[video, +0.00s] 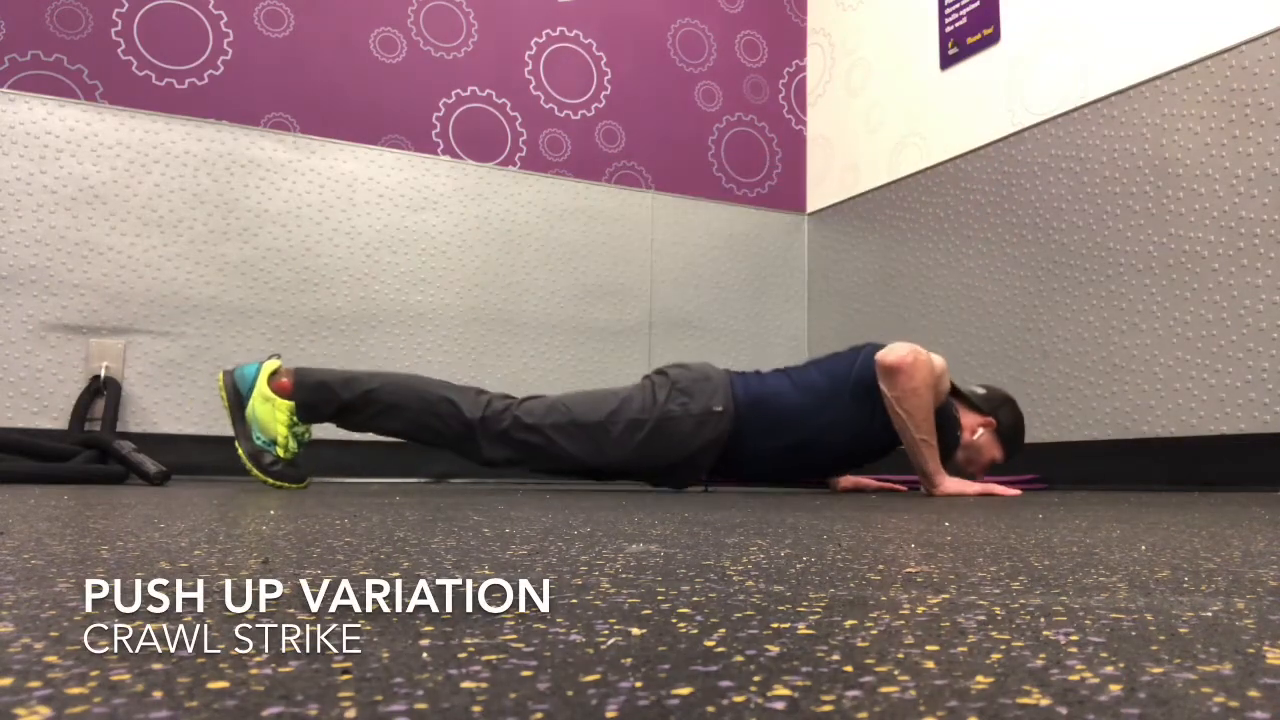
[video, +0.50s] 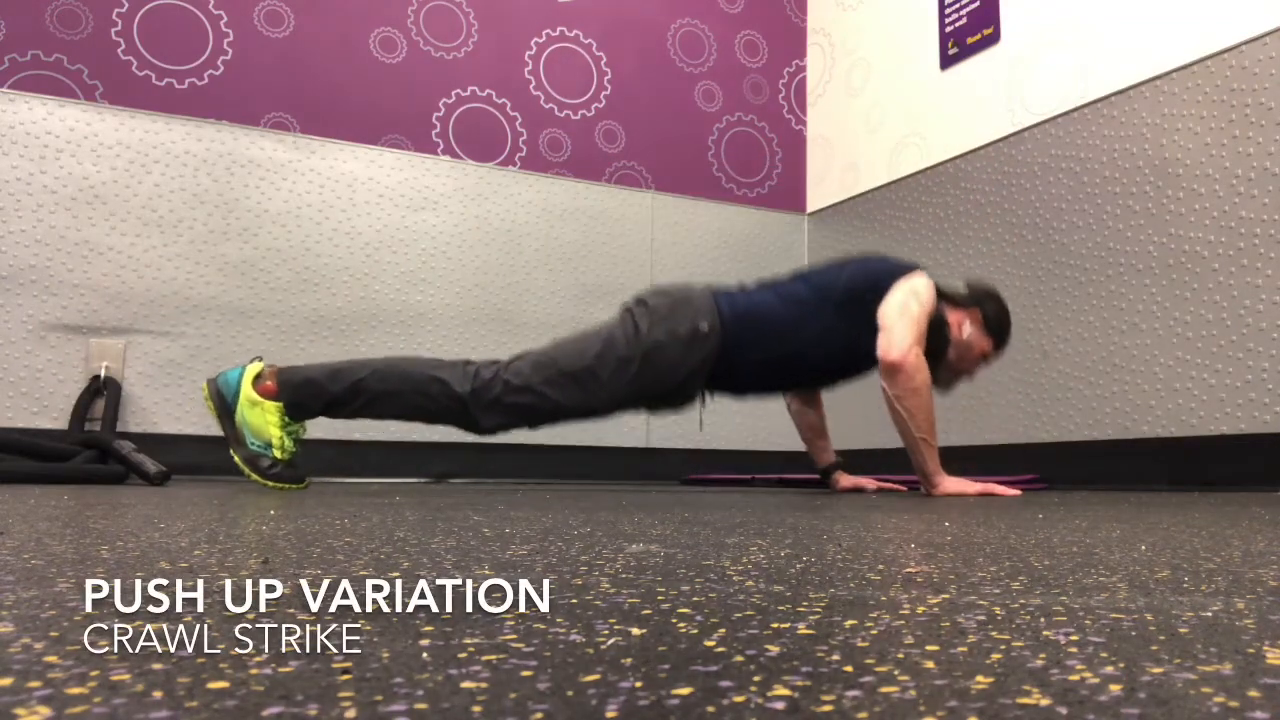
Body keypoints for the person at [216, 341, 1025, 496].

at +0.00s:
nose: (976, 456)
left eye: (985, 456)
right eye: (983, 443)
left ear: (973, 436)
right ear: (971, 409)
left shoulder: (899, 413)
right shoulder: (917, 379)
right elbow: (907, 369)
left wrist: (876, 478)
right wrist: (939, 475)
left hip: (697, 440)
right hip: (697, 410)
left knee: (500, 434)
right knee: (501, 427)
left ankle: (294, 407)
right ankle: (285, 387)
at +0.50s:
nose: (952, 368)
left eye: (964, 365)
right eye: (963, 352)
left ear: (956, 343)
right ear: (952, 312)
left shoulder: (865, 309)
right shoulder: (913, 287)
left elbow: (796, 377)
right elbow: (897, 362)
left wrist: (827, 468)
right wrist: (935, 476)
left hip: (688, 354)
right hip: (685, 333)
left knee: (493, 395)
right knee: (490, 395)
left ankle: (284, 394)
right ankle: (273, 390)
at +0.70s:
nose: (934, 292)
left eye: (942, 283)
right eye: (943, 275)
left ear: (913, 233)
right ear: (933, 241)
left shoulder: (840, 240)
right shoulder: (898, 230)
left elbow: (822, 361)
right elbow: (903, 350)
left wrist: (841, 463)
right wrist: (935, 475)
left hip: (652, 251)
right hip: (651, 244)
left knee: (481, 366)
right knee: (475, 363)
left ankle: (269, 397)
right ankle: (251, 395)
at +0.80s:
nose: (915, 261)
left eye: (922, 249)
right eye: (926, 244)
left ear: (887, 197)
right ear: (912, 212)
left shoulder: (808, 218)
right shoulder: (885, 212)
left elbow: (818, 338)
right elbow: (896, 343)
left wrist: (871, 424)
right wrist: (934, 463)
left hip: (632, 216)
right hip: (630, 205)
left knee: (536, 366)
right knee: (469, 341)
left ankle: (334, 383)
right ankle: (238, 396)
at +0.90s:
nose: (895, 236)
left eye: (900, 223)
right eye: (904, 219)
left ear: (863, 171)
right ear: (888, 189)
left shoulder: (785, 187)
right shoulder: (863, 200)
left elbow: (781, 305)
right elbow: (887, 351)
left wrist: (863, 358)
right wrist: (935, 470)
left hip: (616, 189)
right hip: (616, 186)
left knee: (629, 333)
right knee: (442, 332)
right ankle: (226, 401)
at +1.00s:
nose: (882, 221)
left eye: (885, 210)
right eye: (887, 207)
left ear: (849, 160)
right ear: (872, 182)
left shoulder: (775, 163)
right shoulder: (848, 199)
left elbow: (742, 274)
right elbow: (880, 350)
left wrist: (826, 309)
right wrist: (934, 470)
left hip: (605, 169)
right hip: (614, 188)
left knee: (707, 279)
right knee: (448, 341)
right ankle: (225, 401)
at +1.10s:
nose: (880, 210)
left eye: (885, 199)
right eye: (884, 197)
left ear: (843, 145)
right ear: (866, 170)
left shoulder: (771, 152)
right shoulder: (842, 192)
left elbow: (717, 253)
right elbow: (880, 349)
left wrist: (806, 276)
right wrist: (934, 471)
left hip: (603, 182)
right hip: (619, 211)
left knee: (734, 263)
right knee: (464, 352)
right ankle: (235, 402)